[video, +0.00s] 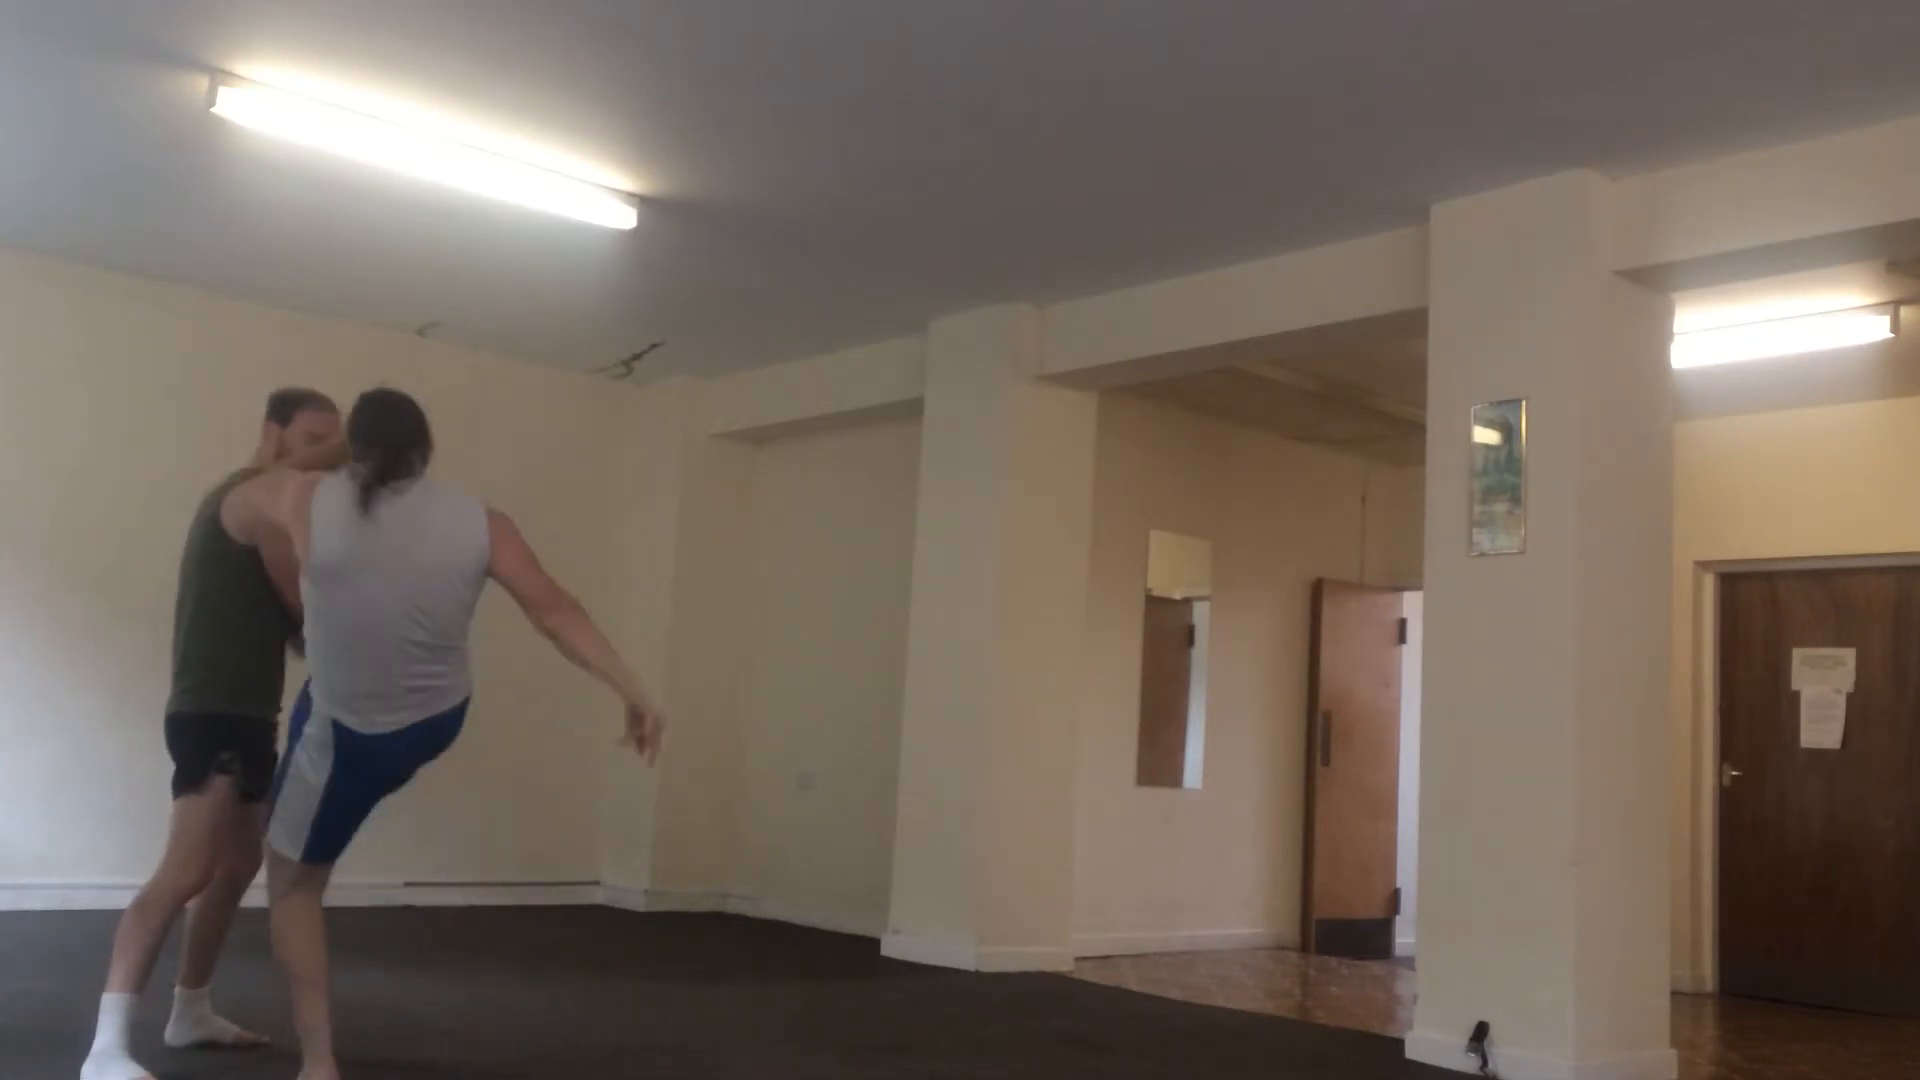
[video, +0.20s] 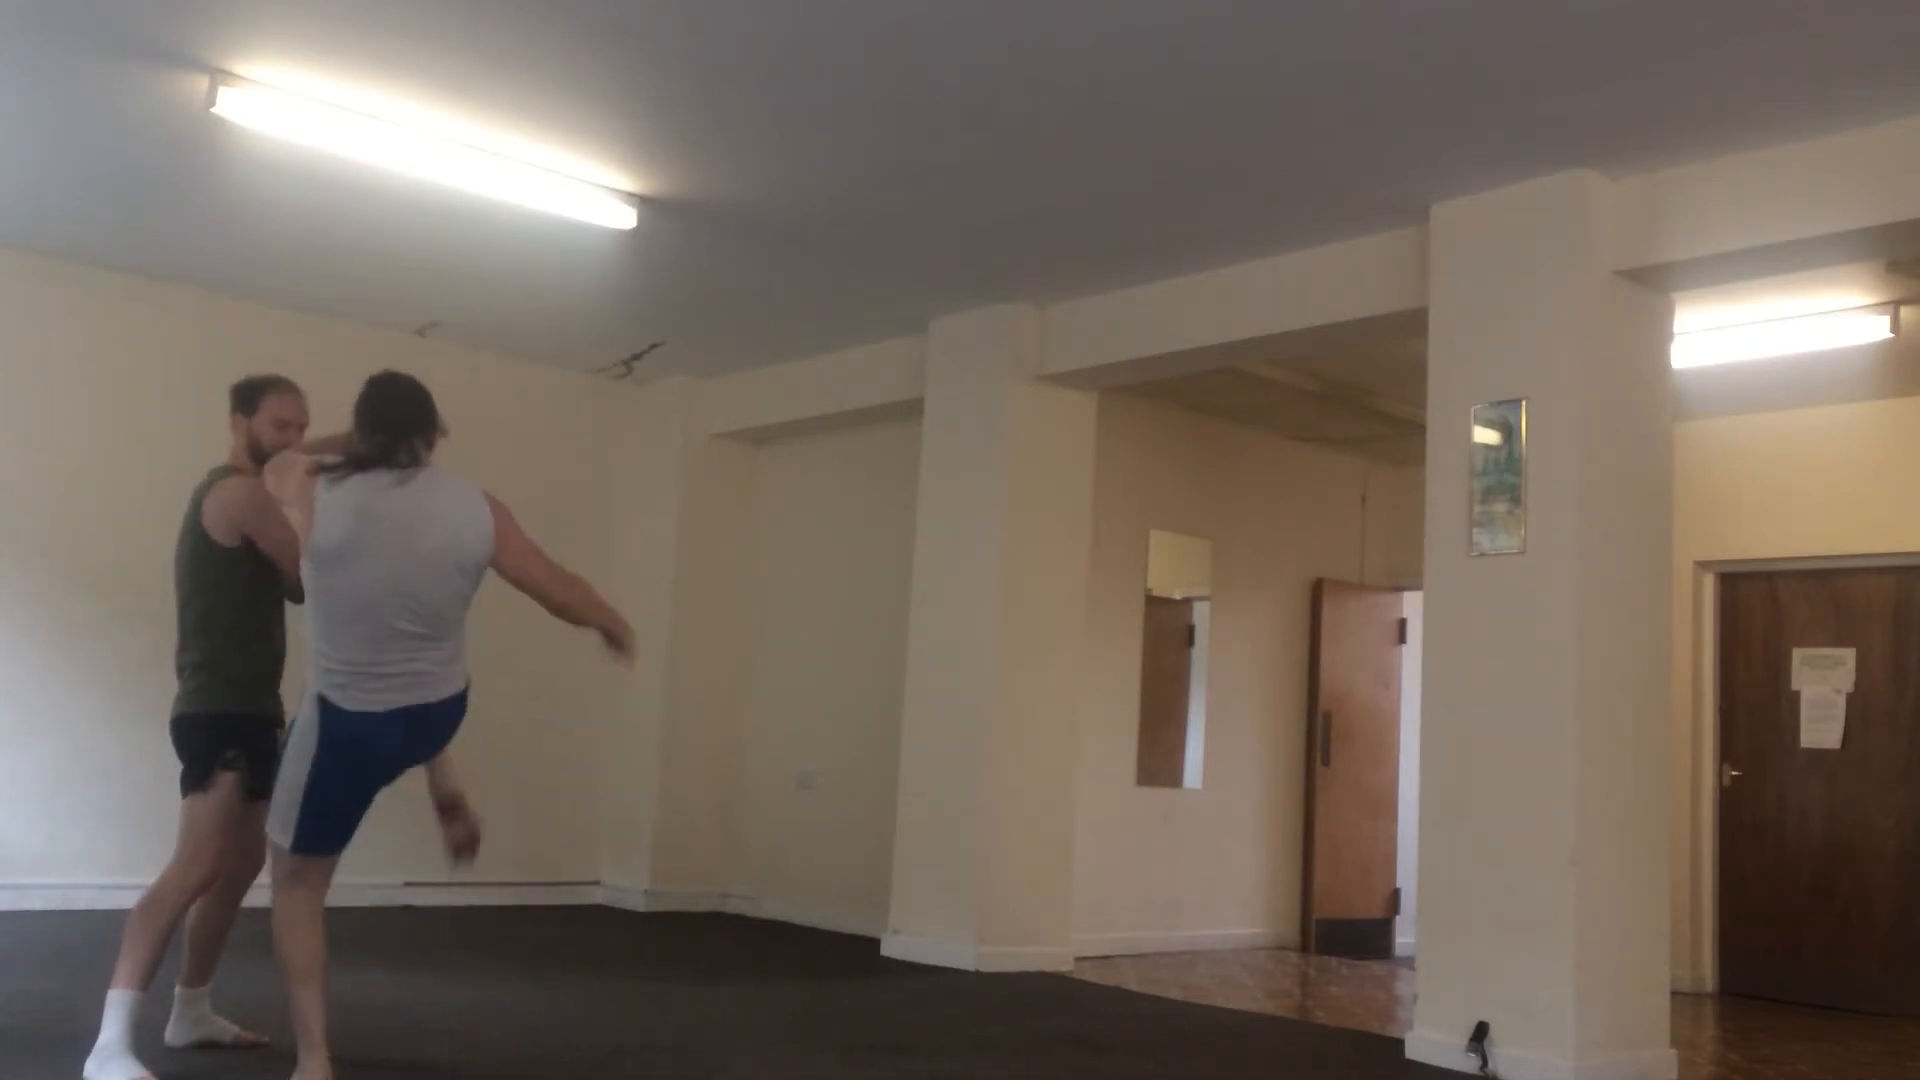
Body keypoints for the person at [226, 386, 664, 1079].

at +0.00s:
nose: (331, 448)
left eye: (338, 439)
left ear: (351, 446)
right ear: (427, 448)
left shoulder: (306, 499)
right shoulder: (476, 520)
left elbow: (231, 510)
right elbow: (554, 610)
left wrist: (279, 474)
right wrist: (631, 692)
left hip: (347, 740)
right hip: (439, 722)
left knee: (294, 886)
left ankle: (319, 1063)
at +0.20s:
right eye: (437, 427)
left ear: (358, 439)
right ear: (434, 435)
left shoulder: (324, 504)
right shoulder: (474, 511)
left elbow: (284, 463)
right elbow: (556, 590)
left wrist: (351, 445)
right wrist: (609, 620)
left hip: (346, 731)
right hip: (441, 713)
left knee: (299, 884)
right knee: (424, 692)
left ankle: (314, 1060)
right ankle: (449, 799)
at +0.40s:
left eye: (366, 430)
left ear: (377, 441)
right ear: (449, 439)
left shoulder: (342, 506)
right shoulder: (486, 512)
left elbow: (272, 501)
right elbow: (538, 564)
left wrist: (351, 449)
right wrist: (480, 478)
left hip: (364, 740)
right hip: (452, 741)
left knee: (312, 897)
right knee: (427, 861)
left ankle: (317, 1065)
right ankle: (449, 985)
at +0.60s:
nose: (408, 443)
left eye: (411, 433)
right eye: (412, 431)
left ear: (422, 442)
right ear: (490, 441)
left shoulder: (395, 501)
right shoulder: (536, 513)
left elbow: (309, 530)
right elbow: (481, 605)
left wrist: (378, 453)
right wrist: (374, 628)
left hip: (404, 747)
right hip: (498, 751)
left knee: (354, 918)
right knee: (464, 938)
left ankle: (325, 1065)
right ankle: (462, 1074)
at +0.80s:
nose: (433, 445)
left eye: (435, 433)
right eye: (435, 432)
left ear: (449, 436)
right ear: (515, 435)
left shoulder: (431, 485)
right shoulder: (568, 504)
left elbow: (343, 550)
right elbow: (523, 613)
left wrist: (391, 459)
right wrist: (395, 627)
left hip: (447, 736)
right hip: (542, 743)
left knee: (379, 905)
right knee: (492, 914)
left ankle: (417, 1070)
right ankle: (471, 1072)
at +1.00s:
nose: (447, 444)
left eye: (447, 434)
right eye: (448, 434)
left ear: (461, 432)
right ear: (528, 431)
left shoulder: (451, 474)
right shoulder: (588, 499)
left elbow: (353, 540)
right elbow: (533, 601)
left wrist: (401, 455)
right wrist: (416, 595)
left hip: (484, 720)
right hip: (574, 732)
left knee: (441, 955)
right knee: (500, 924)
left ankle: (483, 1071)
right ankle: (475, 1070)